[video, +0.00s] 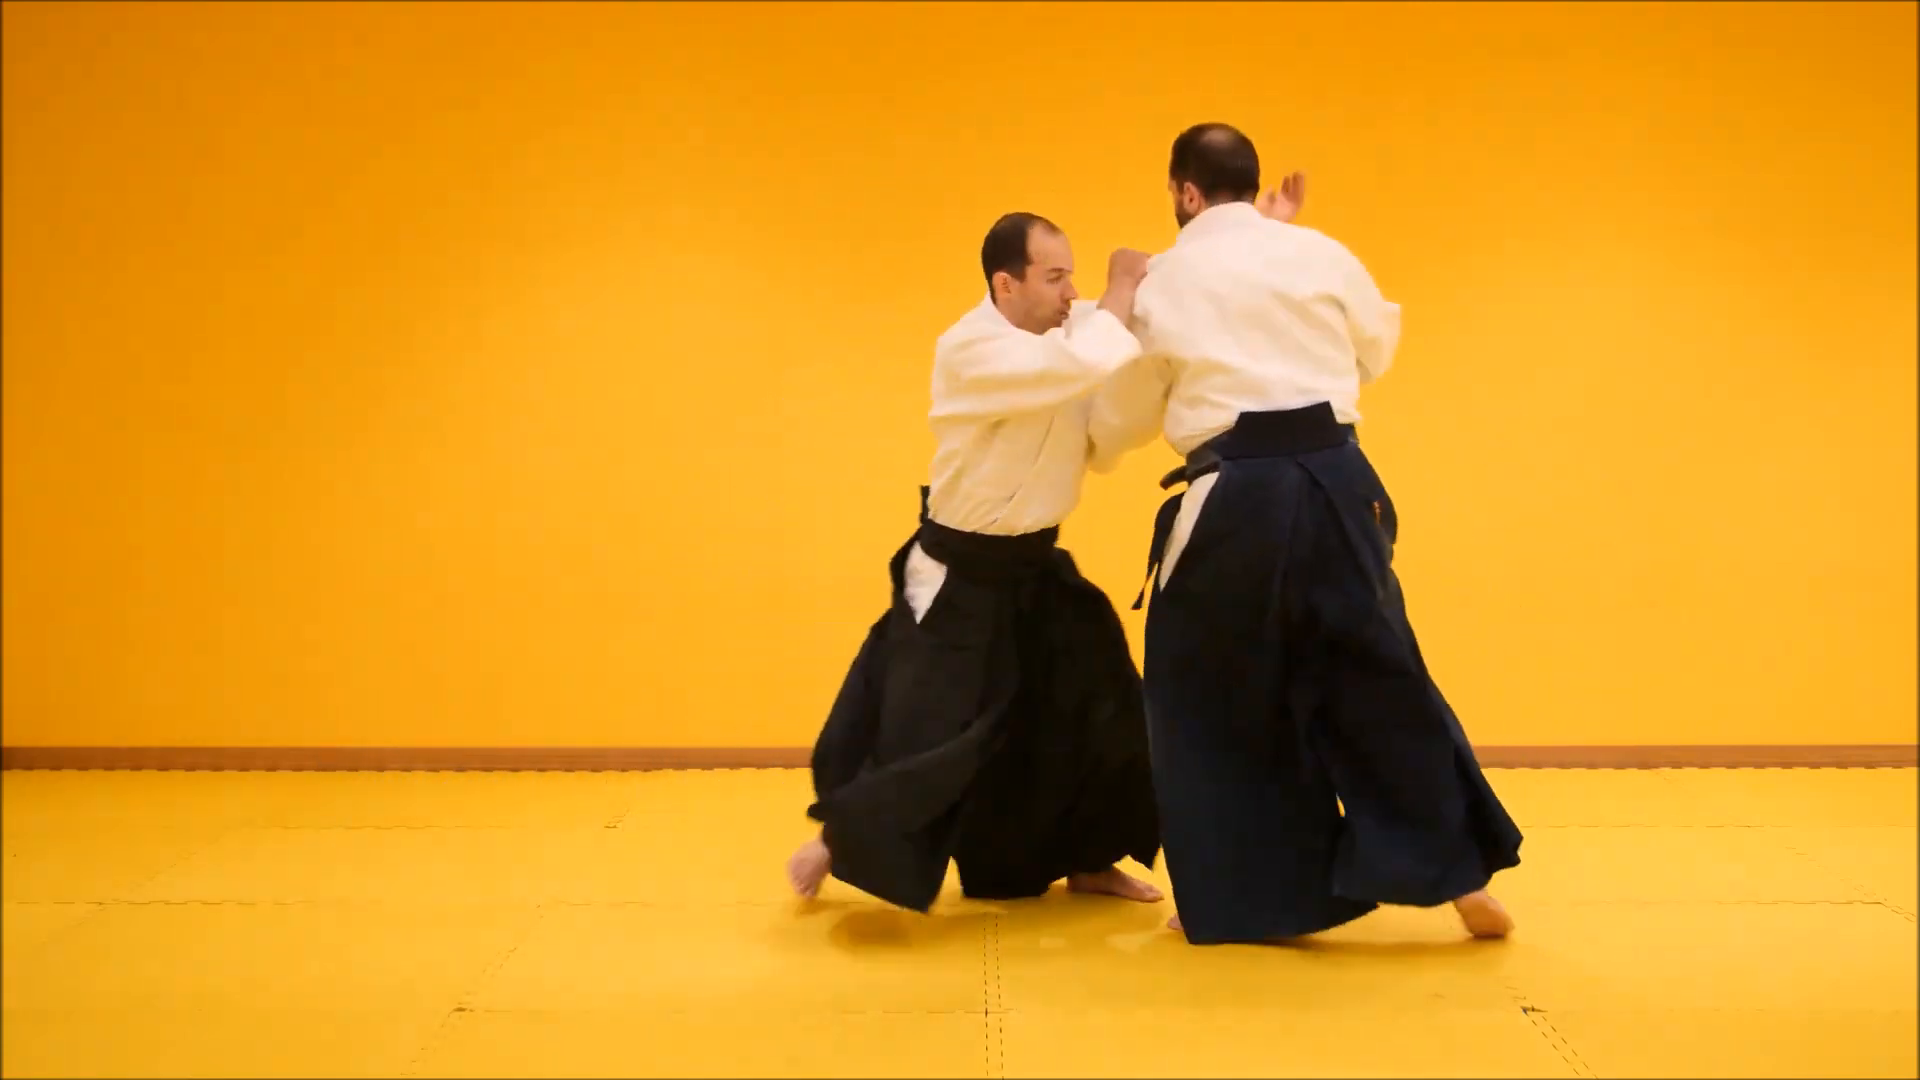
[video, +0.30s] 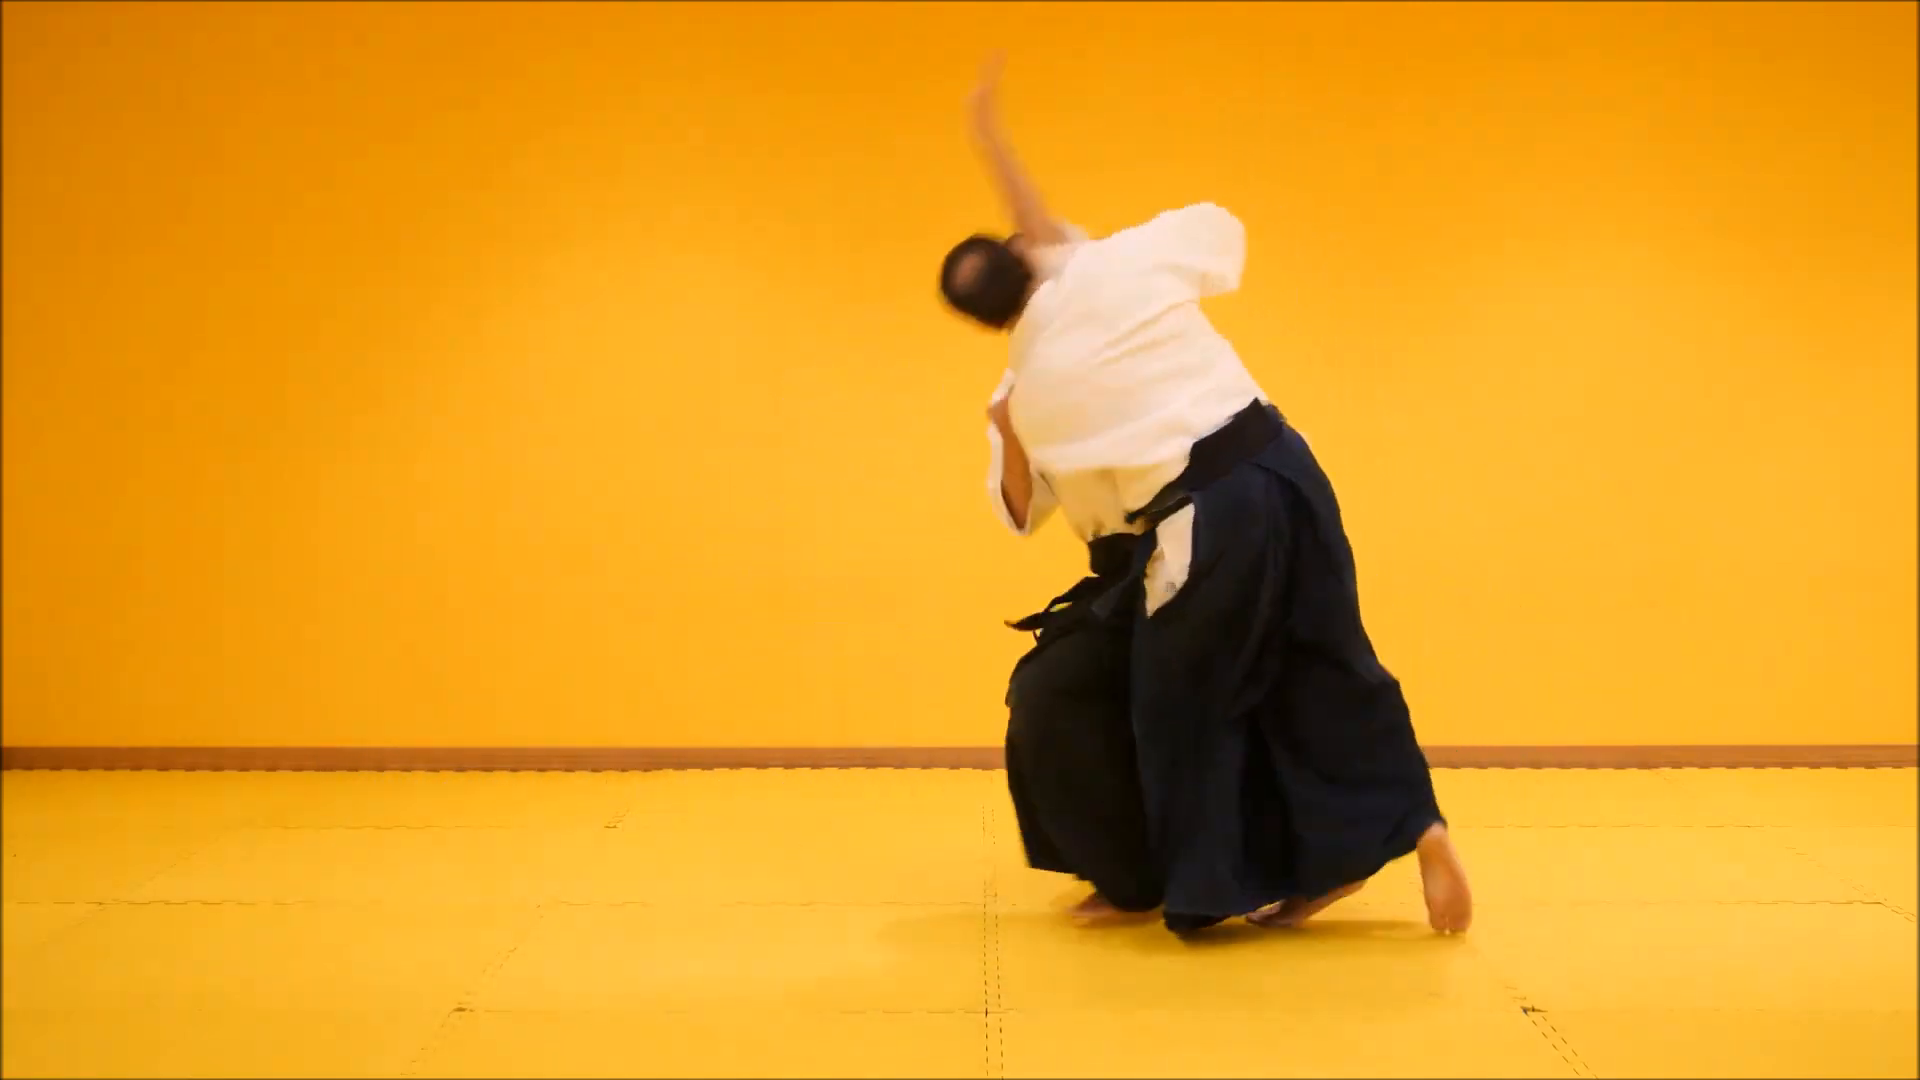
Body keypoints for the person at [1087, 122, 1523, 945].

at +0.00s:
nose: (1169, 202)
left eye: (1169, 191)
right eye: (1171, 190)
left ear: (1184, 192)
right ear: (1257, 183)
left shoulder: (1163, 282)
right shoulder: (1319, 253)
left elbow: (1117, 421)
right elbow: (1373, 353)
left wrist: (1116, 317)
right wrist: (1293, 241)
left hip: (1230, 496)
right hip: (1338, 483)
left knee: (1199, 691)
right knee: (1381, 676)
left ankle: (1211, 896)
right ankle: (1463, 872)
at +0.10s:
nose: (1137, 194)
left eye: (1136, 184)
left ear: (1150, 187)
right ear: (1224, 169)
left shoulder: (1137, 281)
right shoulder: (1292, 233)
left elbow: (1120, 422)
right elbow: (1357, 327)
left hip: (1220, 480)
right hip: (1325, 467)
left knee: (1212, 679)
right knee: (1361, 667)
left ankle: (1249, 879)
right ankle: (1416, 875)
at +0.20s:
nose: (1073, 237)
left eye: (1071, 222)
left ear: (1090, 225)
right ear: (1161, 181)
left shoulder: (1098, 313)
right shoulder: (1234, 231)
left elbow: (1112, 463)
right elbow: (1304, 287)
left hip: (1209, 487)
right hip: (1310, 461)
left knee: (1191, 684)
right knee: (1350, 669)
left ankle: (1264, 866)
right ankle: (1411, 882)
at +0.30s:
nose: (1031, 224)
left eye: (1020, 231)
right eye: (1023, 232)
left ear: (989, 319)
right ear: (1027, 259)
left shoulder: (1021, 398)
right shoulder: (1115, 263)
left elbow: (1022, 510)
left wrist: (1014, 432)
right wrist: (995, 143)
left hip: (1199, 520)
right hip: (1283, 466)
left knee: (1174, 703)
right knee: (1337, 662)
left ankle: (1201, 886)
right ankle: (1419, 819)